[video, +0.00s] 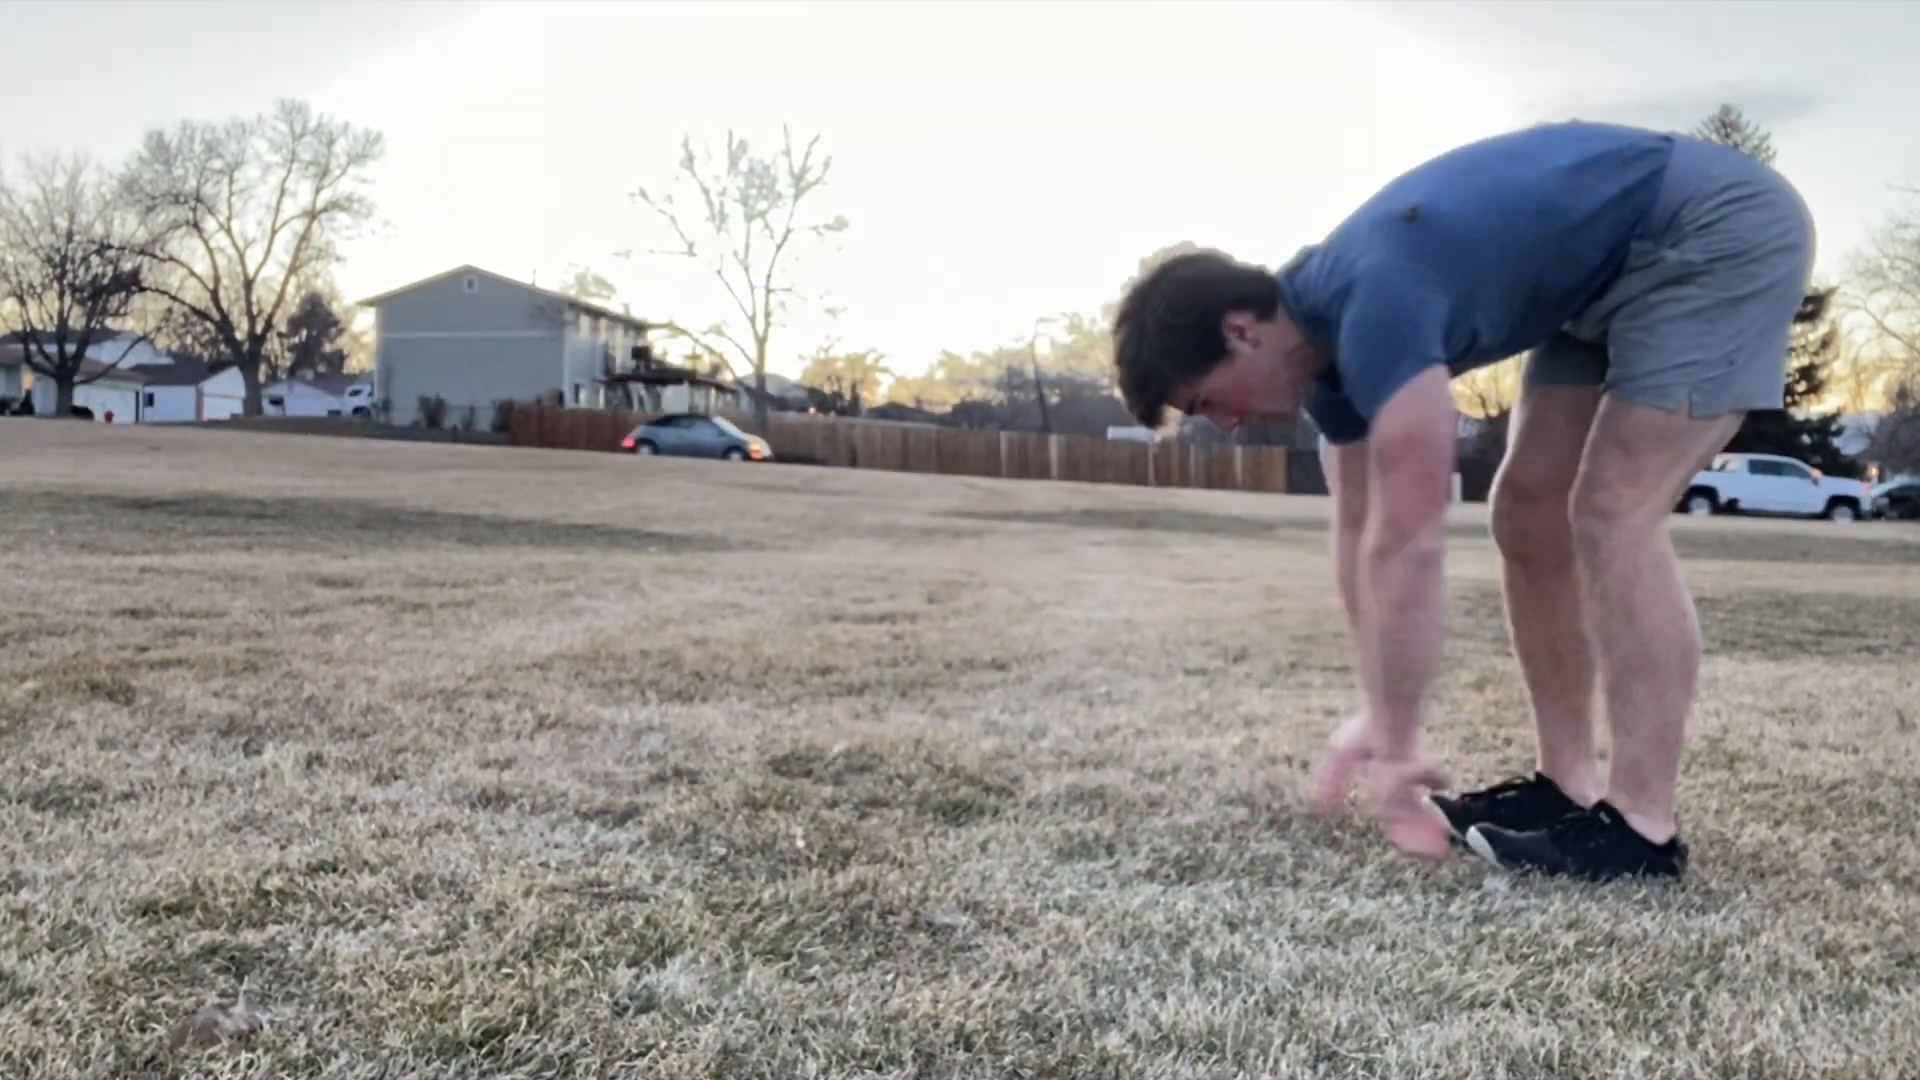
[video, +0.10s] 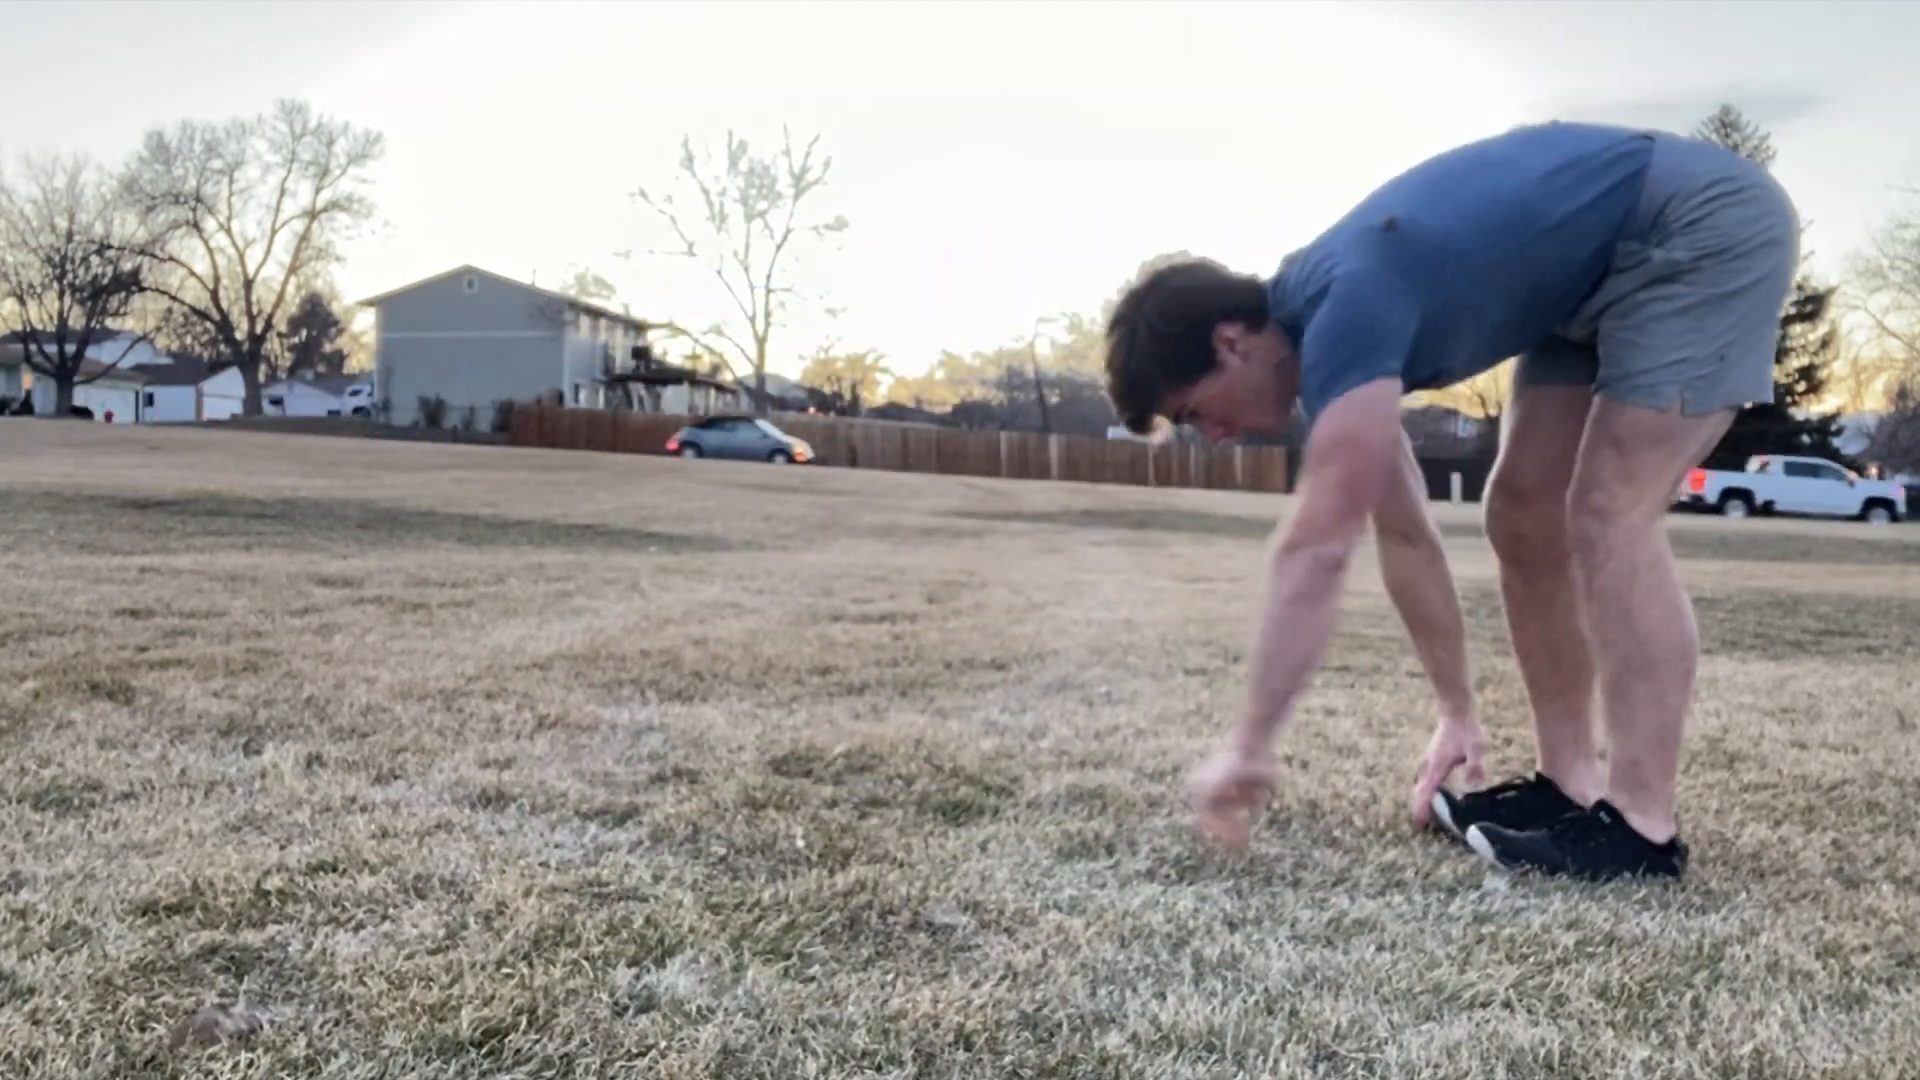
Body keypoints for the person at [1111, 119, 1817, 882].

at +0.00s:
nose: (1226, 431)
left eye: (1208, 406)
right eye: (1202, 421)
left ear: (1244, 331)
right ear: (1244, 327)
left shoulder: (1380, 298)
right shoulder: (1329, 343)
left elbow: (1409, 544)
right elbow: (1359, 539)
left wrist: (1398, 751)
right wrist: (1376, 717)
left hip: (1717, 224)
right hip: (1608, 262)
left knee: (1615, 511)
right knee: (1530, 513)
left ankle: (1644, 825)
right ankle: (1570, 790)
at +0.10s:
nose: (1216, 439)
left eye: (1199, 415)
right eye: (1193, 430)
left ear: (1235, 342)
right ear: (1237, 338)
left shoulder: (1353, 304)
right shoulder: (1323, 333)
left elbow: (1313, 551)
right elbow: (1407, 540)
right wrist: (1456, 713)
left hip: (1704, 221)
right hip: (1597, 262)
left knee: (1612, 513)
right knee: (1525, 516)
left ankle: (1645, 824)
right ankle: (1575, 792)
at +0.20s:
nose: (1189, 452)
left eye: (1173, 429)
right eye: (1168, 444)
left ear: (1209, 357)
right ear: (1217, 350)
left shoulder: (1319, 325)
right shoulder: (1300, 347)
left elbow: (1225, 558)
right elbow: (1374, 539)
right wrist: (1427, 714)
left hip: (1680, 215)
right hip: (1575, 261)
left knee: (1593, 515)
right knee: (1510, 516)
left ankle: (1645, 827)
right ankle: (1571, 788)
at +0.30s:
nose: (1138, 463)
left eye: (1125, 437)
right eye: (1118, 450)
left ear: (1172, 373)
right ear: (1173, 366)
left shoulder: (1281, 354)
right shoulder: (1238, 343)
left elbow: (1201, 596)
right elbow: (1259, 550)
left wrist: (1103, 801)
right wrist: (1309, 703)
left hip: (1644, 217)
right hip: (1544, 249)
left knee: (1561, 521)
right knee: (1487, 521)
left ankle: (1640, 826)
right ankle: (1568, 789)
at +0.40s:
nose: (1075, 481)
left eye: (1063, 455)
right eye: (1057, 466)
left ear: (1112, 394)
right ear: (1114, 386)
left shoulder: (1233, 383)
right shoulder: (1164, 358)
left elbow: (1205, 644)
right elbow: (1130, 543)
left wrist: (1143, 847)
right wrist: (1111, 717)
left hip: (1586, 219)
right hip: (1494, 250)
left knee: (1529, 531)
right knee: (1458, 531)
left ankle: (1638, 822)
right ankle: (1563, 790)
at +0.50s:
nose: (1006, 504)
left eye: (995, 479)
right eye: (988, 489)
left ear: (1038, 415)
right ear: (1033, 409)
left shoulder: (1162, 391)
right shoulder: (1095, 391)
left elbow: (1182, 645)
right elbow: (1010, 584)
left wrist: (1145, 851)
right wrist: (895, 729)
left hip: (1507, 221)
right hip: (1421, 262)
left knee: (1490, 537)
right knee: (1424, 553)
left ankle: (1636, 824)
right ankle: (1559, 797)